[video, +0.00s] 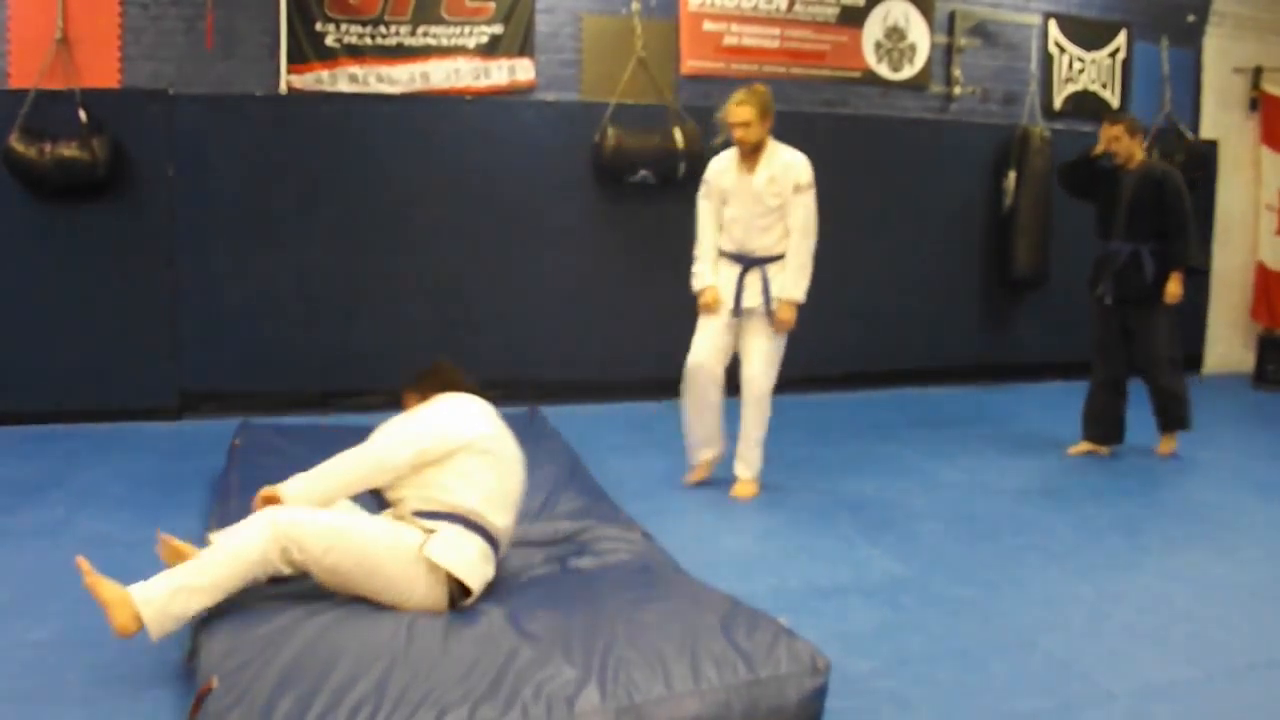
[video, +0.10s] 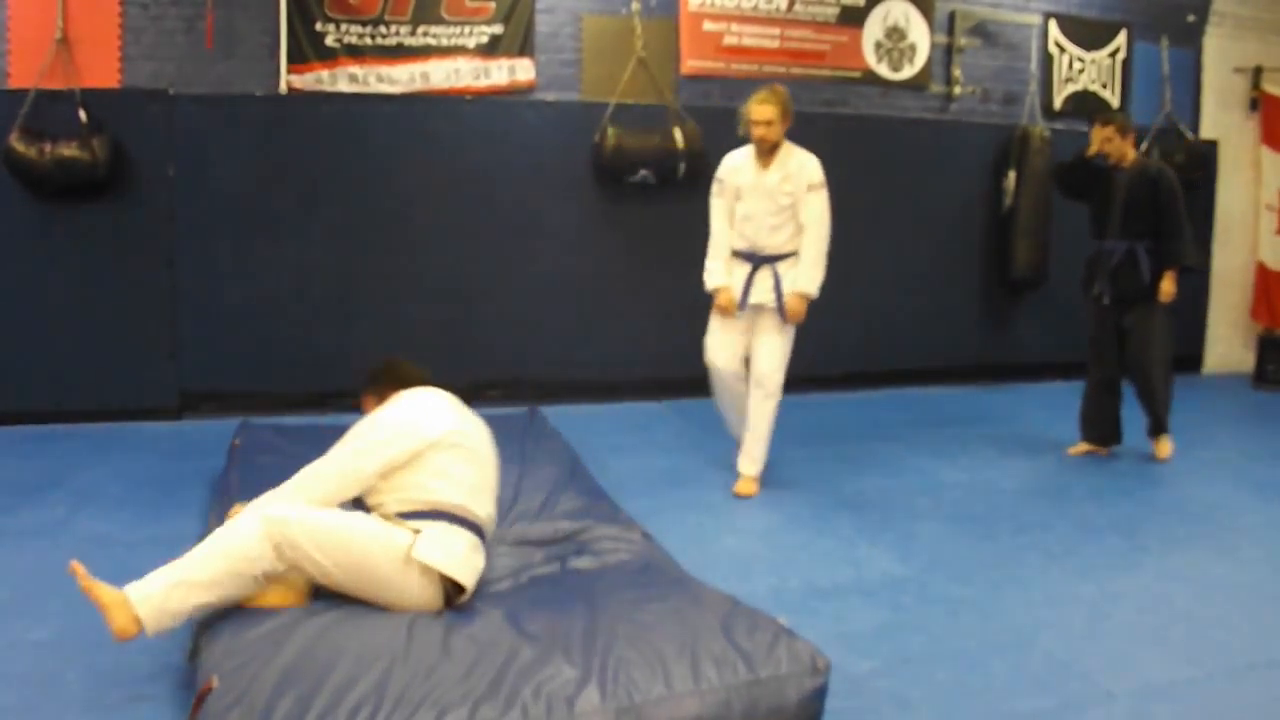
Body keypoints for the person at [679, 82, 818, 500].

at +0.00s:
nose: (739, 134)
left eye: (747, 126)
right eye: (734, 126)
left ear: (767, 123)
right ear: (728, 126)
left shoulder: (794, 167)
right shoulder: (719, 166)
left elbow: (803, 235)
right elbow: (706, 229)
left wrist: (791, 295)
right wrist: (704, 280)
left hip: (772, 275)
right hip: (723, 273)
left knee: (757, 379)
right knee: (700, 364)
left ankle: (747, 471)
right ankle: (705, 451)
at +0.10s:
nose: (760, 131)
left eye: (768, 123)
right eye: (754, 123)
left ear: (785, 124)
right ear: (746, 125)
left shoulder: (805, 166)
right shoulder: (732, 164)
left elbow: (816, 231)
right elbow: (719, 226)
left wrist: (804, 288)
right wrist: (718, 280)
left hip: (783, 272)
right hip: (736, 269)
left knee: (767, 373)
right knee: (720, 359)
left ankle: (751, 466)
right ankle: (747, 437)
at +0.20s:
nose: (779, 139)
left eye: (787, 132)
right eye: (773, 131)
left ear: (799, 135)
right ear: (762, 132)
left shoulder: (814, 175)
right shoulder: (742, 172)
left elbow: (826, 235)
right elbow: (725, 231)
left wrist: (818, 289)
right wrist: (728, 286)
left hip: (792, 277)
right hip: (746, 275)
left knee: (777, 375)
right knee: (741, 371)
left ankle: (754, 464)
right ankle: (768, 436)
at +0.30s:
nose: (796, 148)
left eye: (803, 141)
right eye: (790, 139)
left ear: (811, 145)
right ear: (775, 138)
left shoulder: (821, 184)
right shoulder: (751, 180)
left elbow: (834, 240)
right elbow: (733, 237)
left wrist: (831, 292)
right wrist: (737, 295)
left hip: (805, 281)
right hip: (760, 279)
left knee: (789, 372)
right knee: (764, 369)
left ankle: (766, 454)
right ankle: (777, 433)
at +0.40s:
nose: (809, 144)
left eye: (816, 138)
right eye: (804, 135)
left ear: (823, 142)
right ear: (789, 135)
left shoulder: (831, 178)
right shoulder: (763, 177)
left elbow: (841, 236)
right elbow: (748, 237)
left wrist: (841, 289)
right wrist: (748, 293)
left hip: (816, 274)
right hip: (773, 272)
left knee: (804, 364)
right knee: (778, 361)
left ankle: (783, 447)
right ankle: (775, 435)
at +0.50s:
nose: (824, 134)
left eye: (831, 128)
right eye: (819, 125)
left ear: (837, 131)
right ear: (803, 125)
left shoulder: (843, 169)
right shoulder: (775, 166)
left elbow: (852, 228)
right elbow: (761, 225)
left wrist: (849, 283)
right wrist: (761, 280)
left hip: (827, 268)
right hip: (784, 266)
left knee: (824, 356)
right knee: (781, 356)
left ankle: (815, 437)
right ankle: (777, 434)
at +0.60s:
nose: (838, 132)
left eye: (845, 127)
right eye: (833, 124)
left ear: (850, 131)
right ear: (817, 123)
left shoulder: (856, 170)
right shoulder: (788, 165)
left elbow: (863, 227)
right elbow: (772, 223)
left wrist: (862, 280)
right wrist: (772, 276)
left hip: (839, 265)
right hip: (795, 263)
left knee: (847, 353)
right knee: (784, 356)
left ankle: (847, 421)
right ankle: (777, 432)